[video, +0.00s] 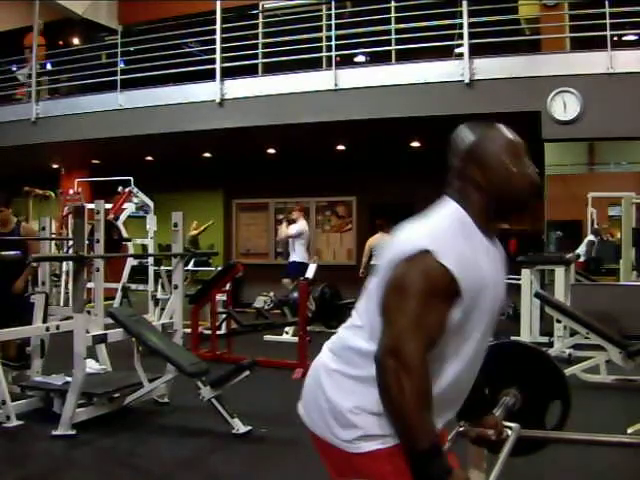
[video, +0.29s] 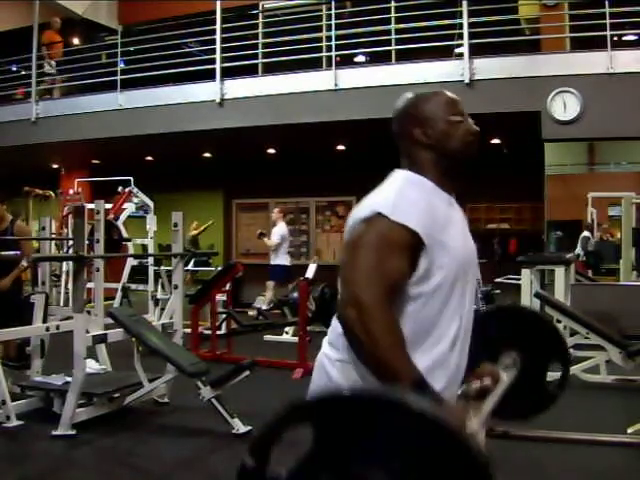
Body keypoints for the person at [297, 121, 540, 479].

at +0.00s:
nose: (534, 174)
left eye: (528, 161)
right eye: (518, 160)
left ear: (474, 172)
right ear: (472, 170)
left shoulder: (486, 246)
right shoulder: (435, 250)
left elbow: (442, 349)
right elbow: (398, 360)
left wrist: (469, 416)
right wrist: (432, 461)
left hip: (409, 406)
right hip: (356, 412)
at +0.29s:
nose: (472, 124)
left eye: (466, 117)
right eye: (455, 117)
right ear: (421, 133)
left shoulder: (444, 208)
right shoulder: (402, 198)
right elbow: (361, 303)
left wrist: (464, 378)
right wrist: (428, 403)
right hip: (372, 422)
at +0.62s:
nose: (441, 124)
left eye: (438, 116)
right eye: (427, 115)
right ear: (393, 125)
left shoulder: (407, 197)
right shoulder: (370, 193)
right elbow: (327, 294)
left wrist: (438, 366)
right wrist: (397, 386)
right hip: (357, 414)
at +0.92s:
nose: (399, 138)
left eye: (401, 129)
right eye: (389, 126)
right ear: (347, 123)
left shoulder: (368, 200)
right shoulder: (319, 193)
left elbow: (354, 305)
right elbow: (272, 296)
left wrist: (408, 349)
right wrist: (350, 385)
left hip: (375, 416)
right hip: (323, 425)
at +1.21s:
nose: (378, 155)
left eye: (381, 146)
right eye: (372, 142)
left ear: (333, 130)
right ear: (332, 129)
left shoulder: (349, 202)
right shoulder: (289, 196)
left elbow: (337, 299)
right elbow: (237, 297)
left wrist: (382, 345)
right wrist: (310, 392)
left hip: (346, 414)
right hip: (286, 424)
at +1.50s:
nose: (386, 162)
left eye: (390, 152)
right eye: (384, 149)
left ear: (349, 134)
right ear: (347, 133)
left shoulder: (350, 206)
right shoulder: (287, 198)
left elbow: (335, 294)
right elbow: (227, 283)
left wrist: (371, 342)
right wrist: (290, 379)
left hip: (328, 405)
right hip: (273, 413)